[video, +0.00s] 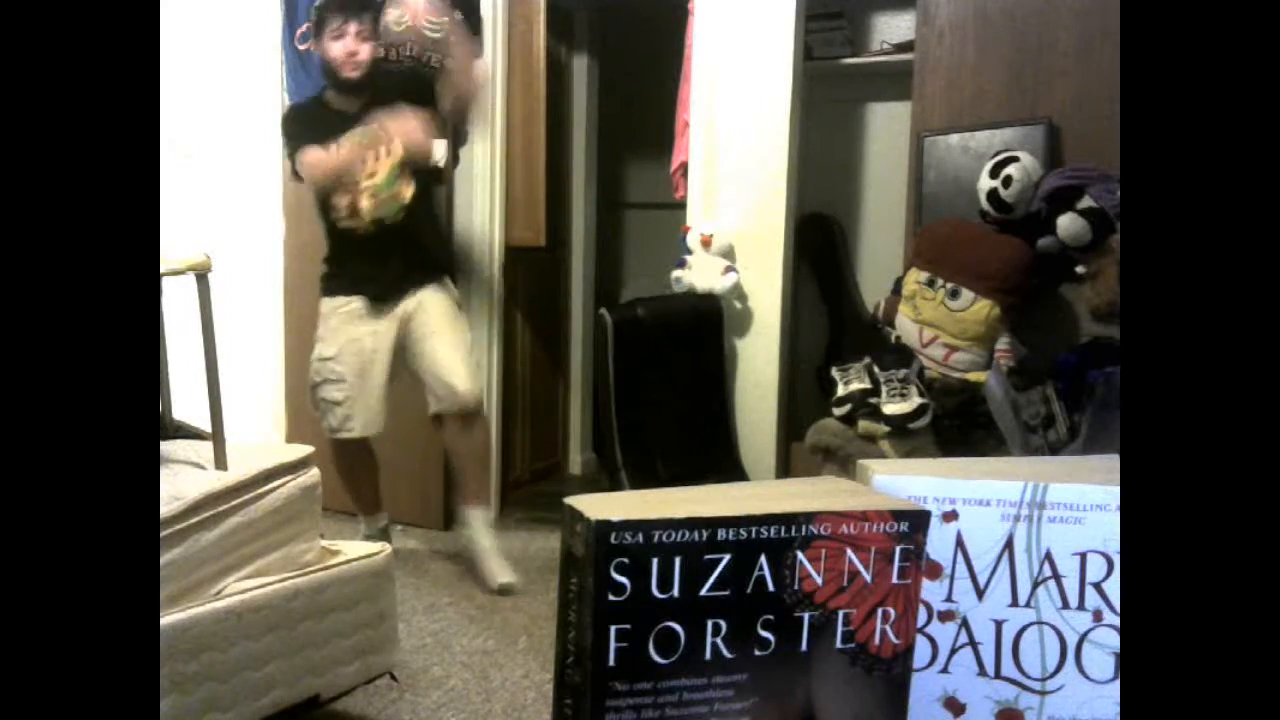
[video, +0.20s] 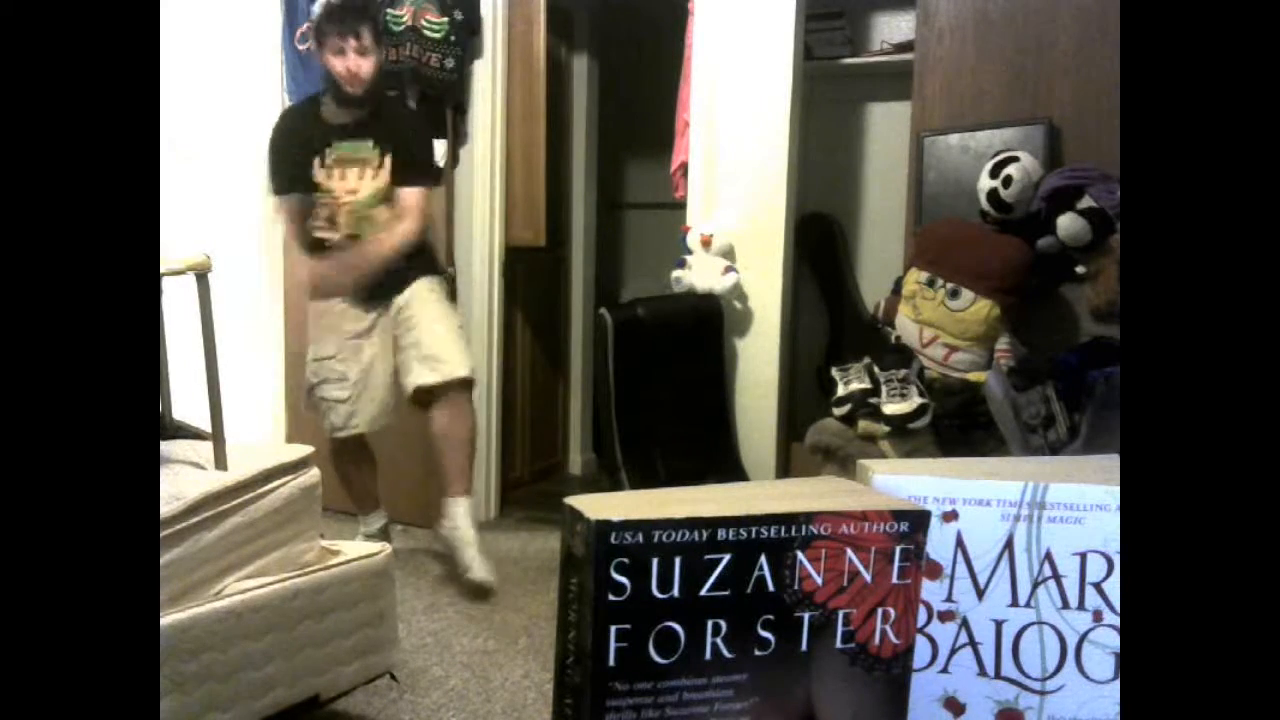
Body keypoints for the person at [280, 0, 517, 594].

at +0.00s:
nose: (352, 48)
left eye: (363, 36)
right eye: (339, 37)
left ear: (379, 42)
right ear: (318, 46)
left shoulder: (407, 88)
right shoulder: (304, 116)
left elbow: (465, 88)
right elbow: (315, 171)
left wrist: (448, 28)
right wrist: (385, 130)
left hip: (424, 278)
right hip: (351, 287)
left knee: (462, 399)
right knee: (346, 420)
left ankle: (476, 527)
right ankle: (375, 531)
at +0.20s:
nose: (355, 66)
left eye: (365, 52)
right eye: (342, 53)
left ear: (381, 53)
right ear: (319, 53)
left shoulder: (403, 120)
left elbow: (412, 222)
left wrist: (350, 267)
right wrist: (320, 259)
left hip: (407, 274)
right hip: (336, 285)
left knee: (447, 376)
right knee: (343, 419)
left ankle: (459, 518)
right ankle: (374, 528)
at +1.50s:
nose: (265, 90)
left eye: (269, 81)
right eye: (250, 87)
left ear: (282, 89)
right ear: (236, 108)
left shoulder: (335, 124)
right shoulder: (244, 180)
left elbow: (420, 117)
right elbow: (279, 166)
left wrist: (412, 39)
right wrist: (322, 110)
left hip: (390, 253)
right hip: (337, 302)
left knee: (427, 175)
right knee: (342, 420)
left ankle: (440, 323)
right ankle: (372, 526)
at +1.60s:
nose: (252, 99)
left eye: (254, 88)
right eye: (239, 99)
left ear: (270, 91)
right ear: (229, 121)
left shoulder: (330, 125)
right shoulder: (246, 179)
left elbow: (410, 149)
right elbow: (283, 152)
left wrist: (363, 81)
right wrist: (320, 104)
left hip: (394, 253)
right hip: (340, 302)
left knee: (431, 164)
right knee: (343, 419)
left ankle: (448, 313)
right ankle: (372, 527)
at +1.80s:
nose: (267, 93)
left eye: (265, 86)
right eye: (253, 94)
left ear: (278, 94)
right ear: (239, 117)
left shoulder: (339, 129)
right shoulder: (253, 173)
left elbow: (373, 74)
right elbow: (263, 112)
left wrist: (340, 17)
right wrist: (293, 40)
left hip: (392, 246)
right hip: (338, 289)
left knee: (434, 148)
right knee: (341, 415)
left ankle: (441, 289)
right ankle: (369, 518)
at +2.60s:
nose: (256, 134)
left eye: (263, 119)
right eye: (244, 128)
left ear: (285, 117)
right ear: (240, 139)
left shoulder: (317, 144)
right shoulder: (289, 204)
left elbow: (335, 165)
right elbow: (290, 308)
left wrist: (336, 197)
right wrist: (243, 372)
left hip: (398, 295)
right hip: (354, 314)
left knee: (295, 279)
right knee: (304, 426)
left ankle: (288, 407)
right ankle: (367, 514)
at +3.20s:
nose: (214, 178)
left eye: (217, 163)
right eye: (207, 168)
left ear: (240, 149)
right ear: (209, 167)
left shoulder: (301, 185)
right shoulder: (253, 225)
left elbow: (322, 289)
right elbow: (267, 310)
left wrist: (263, 289)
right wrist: (242, 389)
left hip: (399, 288)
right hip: (356, 302)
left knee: (280, 331)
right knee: (290, 412)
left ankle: (303, 429)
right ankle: (371, 513)